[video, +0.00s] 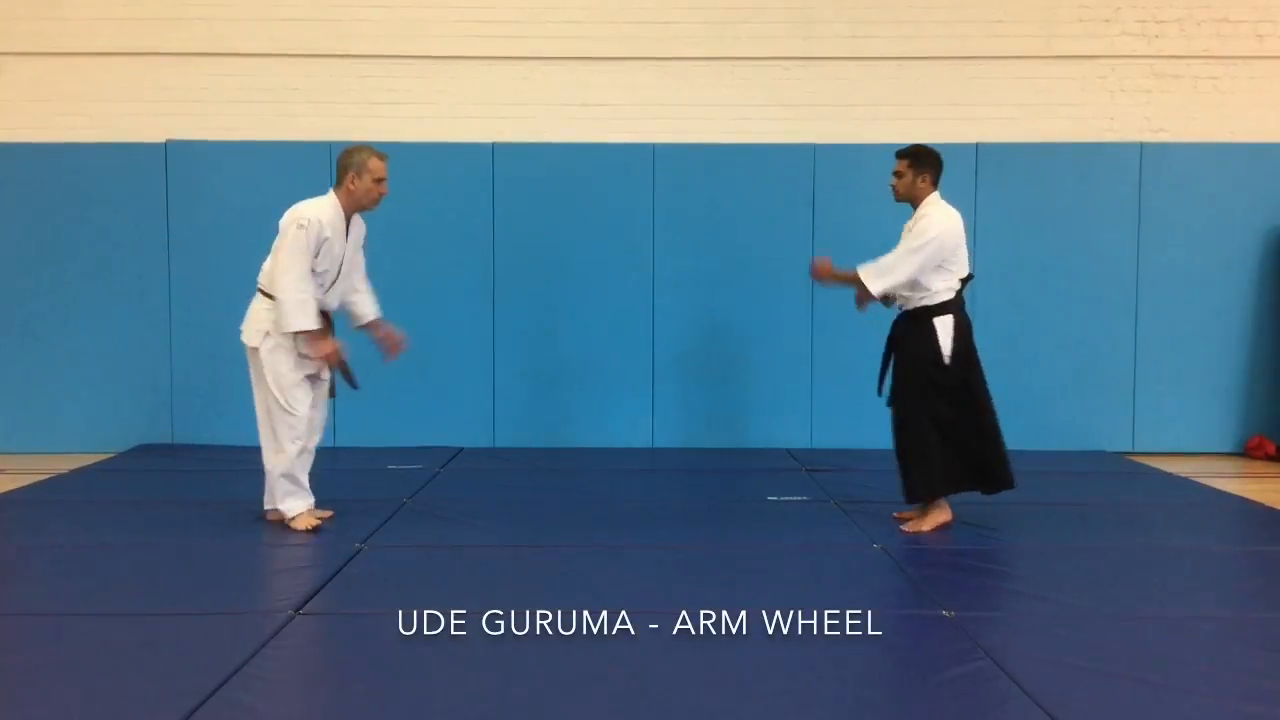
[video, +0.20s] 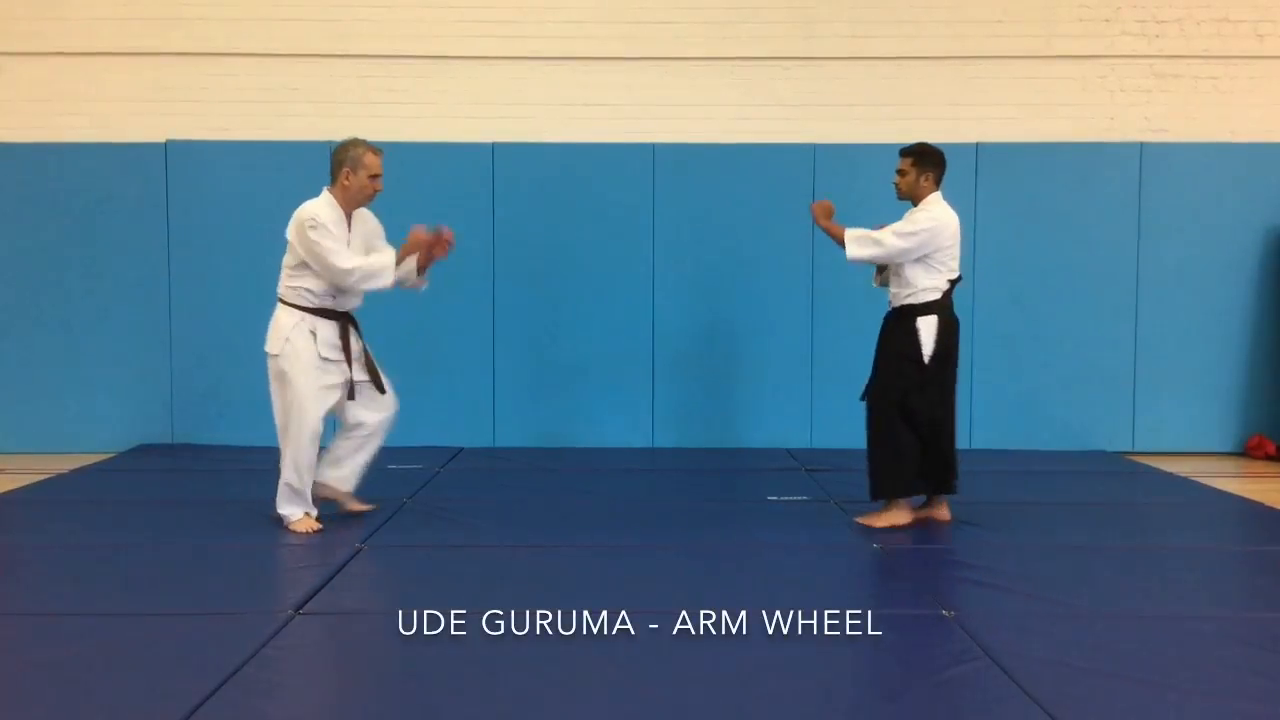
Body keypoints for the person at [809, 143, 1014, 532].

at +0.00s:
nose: (892, 181)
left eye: (899, 175)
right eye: (894, 175)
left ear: (923, 179)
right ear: (919, 180)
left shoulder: (939, 221)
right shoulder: (919, 220)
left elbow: (899, 266)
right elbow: (915, 276)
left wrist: (836, 275)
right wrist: (879, 288)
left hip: (936, 327)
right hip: (919, 325)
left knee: (922, 413)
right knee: (912, 413)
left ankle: (938, 504)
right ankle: (927, 501)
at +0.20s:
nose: (896, 179)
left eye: (903, 173)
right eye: (897, 173)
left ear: (926, 177)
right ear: (924, 178)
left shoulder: (933, 217)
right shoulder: (928, 214)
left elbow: (885, 245)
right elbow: (892, 247)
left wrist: (828, 225)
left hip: (917, 323)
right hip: (929, 320)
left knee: (887, 403)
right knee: (931, 406)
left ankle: (898, 505)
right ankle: (937, 501)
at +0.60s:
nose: (866, 186)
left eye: (873, 180)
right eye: (868, 180)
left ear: (898, 185)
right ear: (896, 185)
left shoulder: (898, 224)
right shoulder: (913, 220)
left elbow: (863, 276)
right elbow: (888, 290)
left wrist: (823, 248)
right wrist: (846, 296)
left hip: (892, 332)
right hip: (913, 327)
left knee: (858, 412)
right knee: (918, 414)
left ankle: (851, 510)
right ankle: (934, 500)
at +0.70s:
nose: (860, 191)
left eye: (867, 185)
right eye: (861, 184)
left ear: (892, 191)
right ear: (890, 191)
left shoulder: (895, 231)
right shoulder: (904, 226)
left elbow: (863, 284)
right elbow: (879, 291)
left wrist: (820, 267)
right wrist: (838, 298)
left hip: (887, 337)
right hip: (905, 333)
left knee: (851, 417)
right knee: (915, 417)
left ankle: (833, 511)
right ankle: (934, 498)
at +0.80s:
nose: (849, 199)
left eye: (857, 193)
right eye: (852, 192)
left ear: (881, 200)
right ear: (880, 200)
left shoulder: (886, 243)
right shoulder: (893, 236)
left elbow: (849, 297)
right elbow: (864, 298)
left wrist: (813, 280)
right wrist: (821, 303)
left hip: (871, 345)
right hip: (889, 342)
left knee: (834, 423)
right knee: (906, 422)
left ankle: (813, 514)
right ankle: (930, 500)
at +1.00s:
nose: (820, 198)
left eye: (827, 193)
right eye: (823, 192)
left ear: (848, 200)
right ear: (851, 202)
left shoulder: (856, 245)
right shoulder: (849, 240)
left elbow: (818, 300)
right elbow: (794, 287)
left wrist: (787, 270)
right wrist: (761, 259)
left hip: (842, 355)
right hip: (858, 351)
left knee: (806, 443)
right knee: (872, 433)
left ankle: (813, 545)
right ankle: (911, 503)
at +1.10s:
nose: (808, 192)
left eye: (815, 186)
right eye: (811, 185)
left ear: (834, 192)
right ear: (841, 193)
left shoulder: (843, 239)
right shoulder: (842, 229)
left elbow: (794, 294)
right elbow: (782, 240)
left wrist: (776, 265)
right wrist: (753, 204)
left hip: (831, 350)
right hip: (852, 344)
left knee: (804, 443)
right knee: (866, 436)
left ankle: (813, 544)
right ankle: (903, 512)